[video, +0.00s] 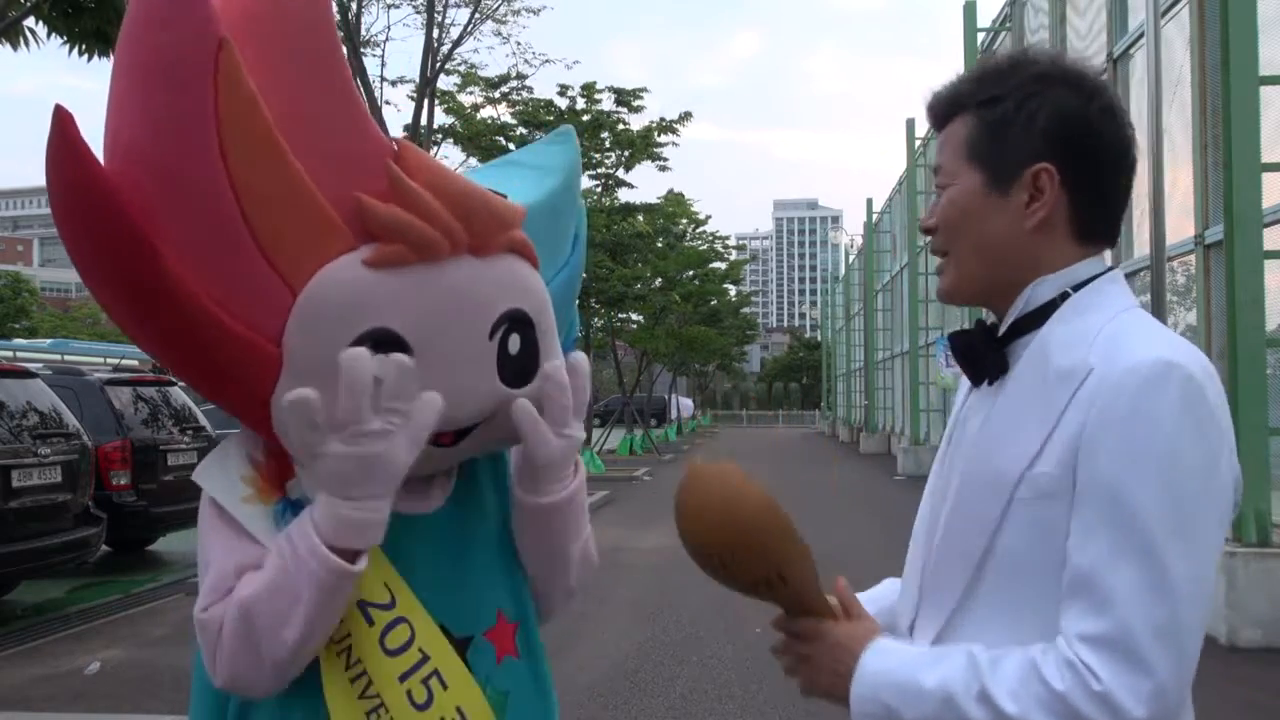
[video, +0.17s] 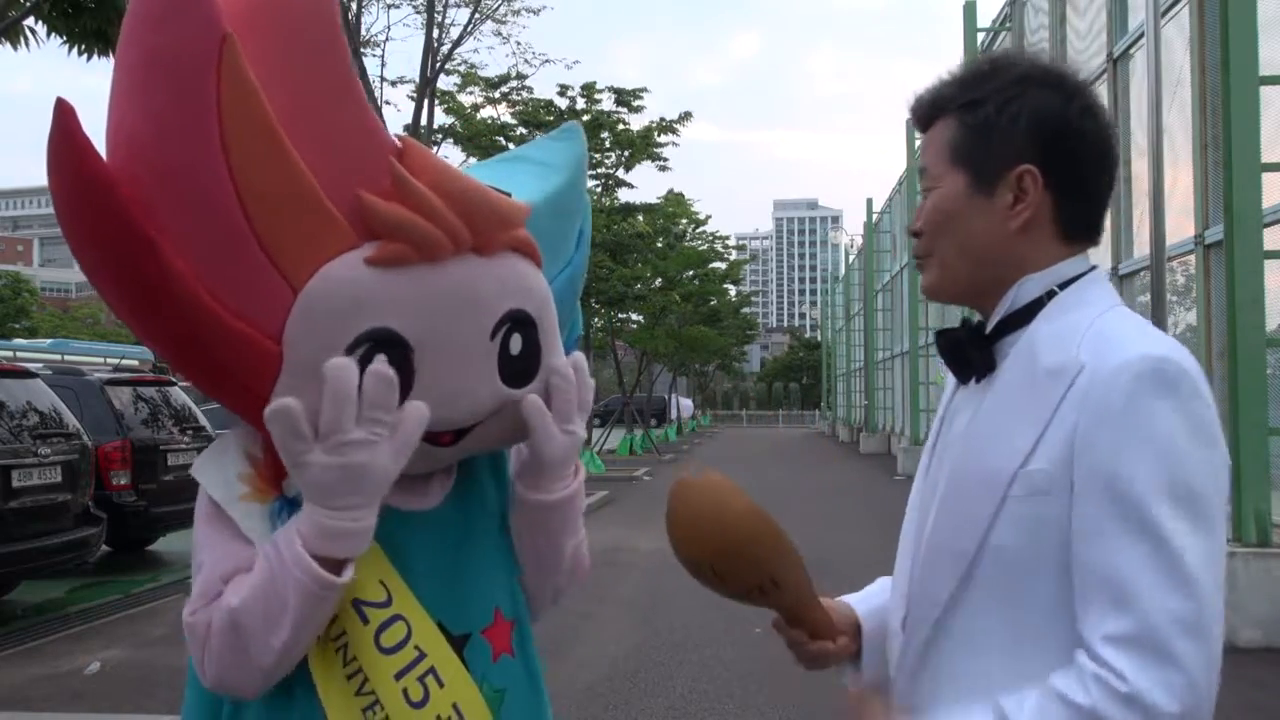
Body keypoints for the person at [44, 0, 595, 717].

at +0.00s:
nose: (439, 375)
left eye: (477, 332)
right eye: (383, 343)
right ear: (279, 349)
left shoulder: (492, 468)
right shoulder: (249, 479)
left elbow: (555, 595)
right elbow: (239, 662)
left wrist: (552, 473)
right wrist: (344, 516)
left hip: (499, 709)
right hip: (312, 714)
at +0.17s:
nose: (446, 384)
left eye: (486, 337)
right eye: (381, 349)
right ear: (277, 351)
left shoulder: (488, 469)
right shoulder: (245, 477)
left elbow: (545, 593)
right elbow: (228, 663)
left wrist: (552, 474)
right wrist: (330, 527)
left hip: (492, 710)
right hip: (306, 716)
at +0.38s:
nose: (428, 393)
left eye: (456, 345)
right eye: (377, 355)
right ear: (285, 351)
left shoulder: (500, 472)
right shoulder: (245, 477)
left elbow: (597, 551)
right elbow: (174, 616)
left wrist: (593, 443)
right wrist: (331, 489)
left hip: (496, 707)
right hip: (293, 713)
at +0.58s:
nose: (426, 377)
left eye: (454, 336)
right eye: (382, 348)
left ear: (483, 336)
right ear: (291, 349)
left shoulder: (501, 468)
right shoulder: (255, 481)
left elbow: (596, 558)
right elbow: (213, 627)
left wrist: (592, 456)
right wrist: (356, 477)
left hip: (511, 709)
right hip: (301, 717)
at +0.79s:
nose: (433, 383)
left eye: (474, 340)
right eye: (389, 350)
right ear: (293, 353)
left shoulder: (505, 467)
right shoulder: (246, 480)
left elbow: (570, 563)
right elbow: (174, 626)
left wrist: (610, 486)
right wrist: (324, 505)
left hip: (500, 708)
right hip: (295, 716)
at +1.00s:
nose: (460, 394)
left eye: (509, 343)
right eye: (395, 353)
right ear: (291, 353)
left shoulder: (505, 463)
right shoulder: (243, 480)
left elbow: (558, 554)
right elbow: (151, 628)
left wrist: (604, 479)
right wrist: (261, 509)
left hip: (500, 706)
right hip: (302, 711)